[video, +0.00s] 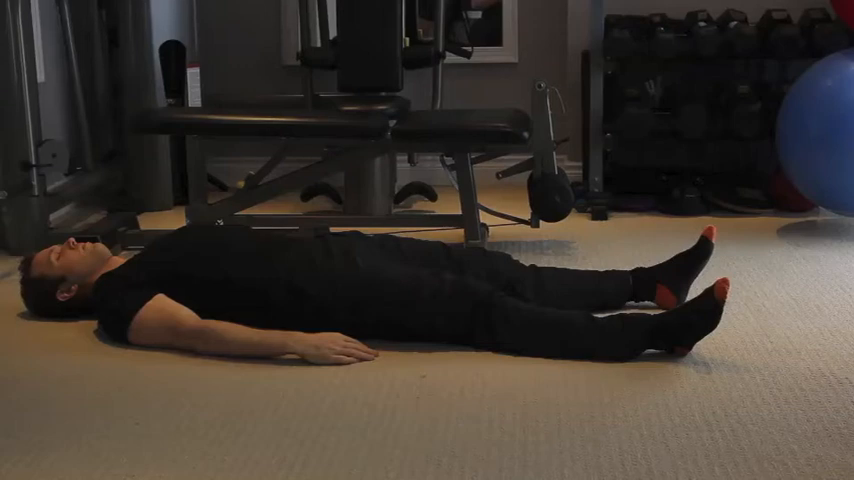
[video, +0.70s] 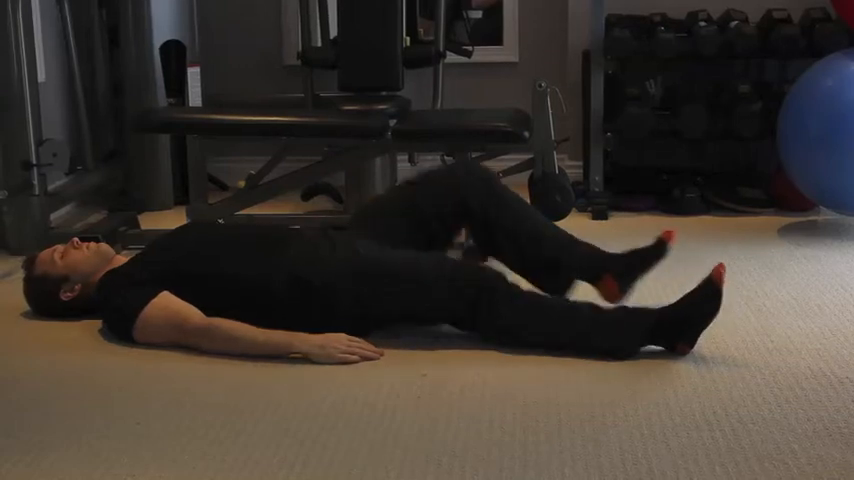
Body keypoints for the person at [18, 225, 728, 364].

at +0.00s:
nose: (66, 243)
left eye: (58, 245)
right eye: (56, 257)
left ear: (79, 241)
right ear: (67, 286)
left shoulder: (149, 248)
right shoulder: (119, 295)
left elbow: (248, 245)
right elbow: (200, 336)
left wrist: (330, 237)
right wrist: (297, 345)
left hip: (349, 249)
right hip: (335, 285)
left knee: (489, 264)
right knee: (483, 306)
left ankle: (642, 287)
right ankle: (657, 337)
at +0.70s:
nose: (72, 243)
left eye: (63, 243)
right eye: (61, 258)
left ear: (88, 242)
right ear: (73, 288)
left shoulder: (155, 247)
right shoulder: (122, 292)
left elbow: (253, 247)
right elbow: (196, 330)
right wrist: (304, 342)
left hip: (354, 235)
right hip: (335, 282)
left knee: (461, 181)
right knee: (478, 289)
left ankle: (599, 270)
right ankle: (657, 333)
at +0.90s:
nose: (83, 236)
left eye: (73, 237)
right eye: (70, 249)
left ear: (89, 245)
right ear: (74, 282)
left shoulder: (150, 251)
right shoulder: (127, 296)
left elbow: (244, 240)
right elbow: (208, 335)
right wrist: (307, 346)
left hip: (340, 233)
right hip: (330, 284)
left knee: (417, 136)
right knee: (464, 218)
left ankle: (546, 236)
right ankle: (618, 310)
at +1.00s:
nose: (81, 239)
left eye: (72, 239)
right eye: (68, 255)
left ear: (91, 242)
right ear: (77, 287)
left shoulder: (150, 251)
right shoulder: (128, 298)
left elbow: (243, 247)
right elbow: (209, 335)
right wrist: (312, 344)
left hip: (330, 242)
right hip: (325, 288)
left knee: (395, 129)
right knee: (441, 193)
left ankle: (530, 213)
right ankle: (585, 286)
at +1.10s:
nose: (79, 237)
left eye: (69, 238)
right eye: (66, 255)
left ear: (89, 241)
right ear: (76, 289)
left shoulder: (152, 253)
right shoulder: (126, 298)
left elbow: (256, 258)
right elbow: (206, 334)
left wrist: (369, 271)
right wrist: (308, 346)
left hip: (327, 258)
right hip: (321, 292)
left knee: (377, 122)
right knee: (406, 153)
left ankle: (516, 214)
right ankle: (551, 254)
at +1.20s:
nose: (80, 239)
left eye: (70, 238)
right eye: (66, 254)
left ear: (89, 241)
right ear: (74, 289)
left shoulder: (147, 259)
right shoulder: (123, 297)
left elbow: (252, 262)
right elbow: (202, 332)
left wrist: (358, 274)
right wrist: (309, 344)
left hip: (325, 270)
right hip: (316, 294)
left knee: (378, 116)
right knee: (358, 131)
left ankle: (514, 187)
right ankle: (499, 227)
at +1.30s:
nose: (77, 238)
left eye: (67, 238)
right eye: (64, 253)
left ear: (89, 241)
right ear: (74, 290)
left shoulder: (147, 257)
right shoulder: (122, 297)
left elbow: (256, 257)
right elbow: (200, 332)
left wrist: (362, 272)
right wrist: (306, 345)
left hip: (323, 267)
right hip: (310, 290)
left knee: (357, 117)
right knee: (333, 128)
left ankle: (517, 154)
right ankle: (497, 195)